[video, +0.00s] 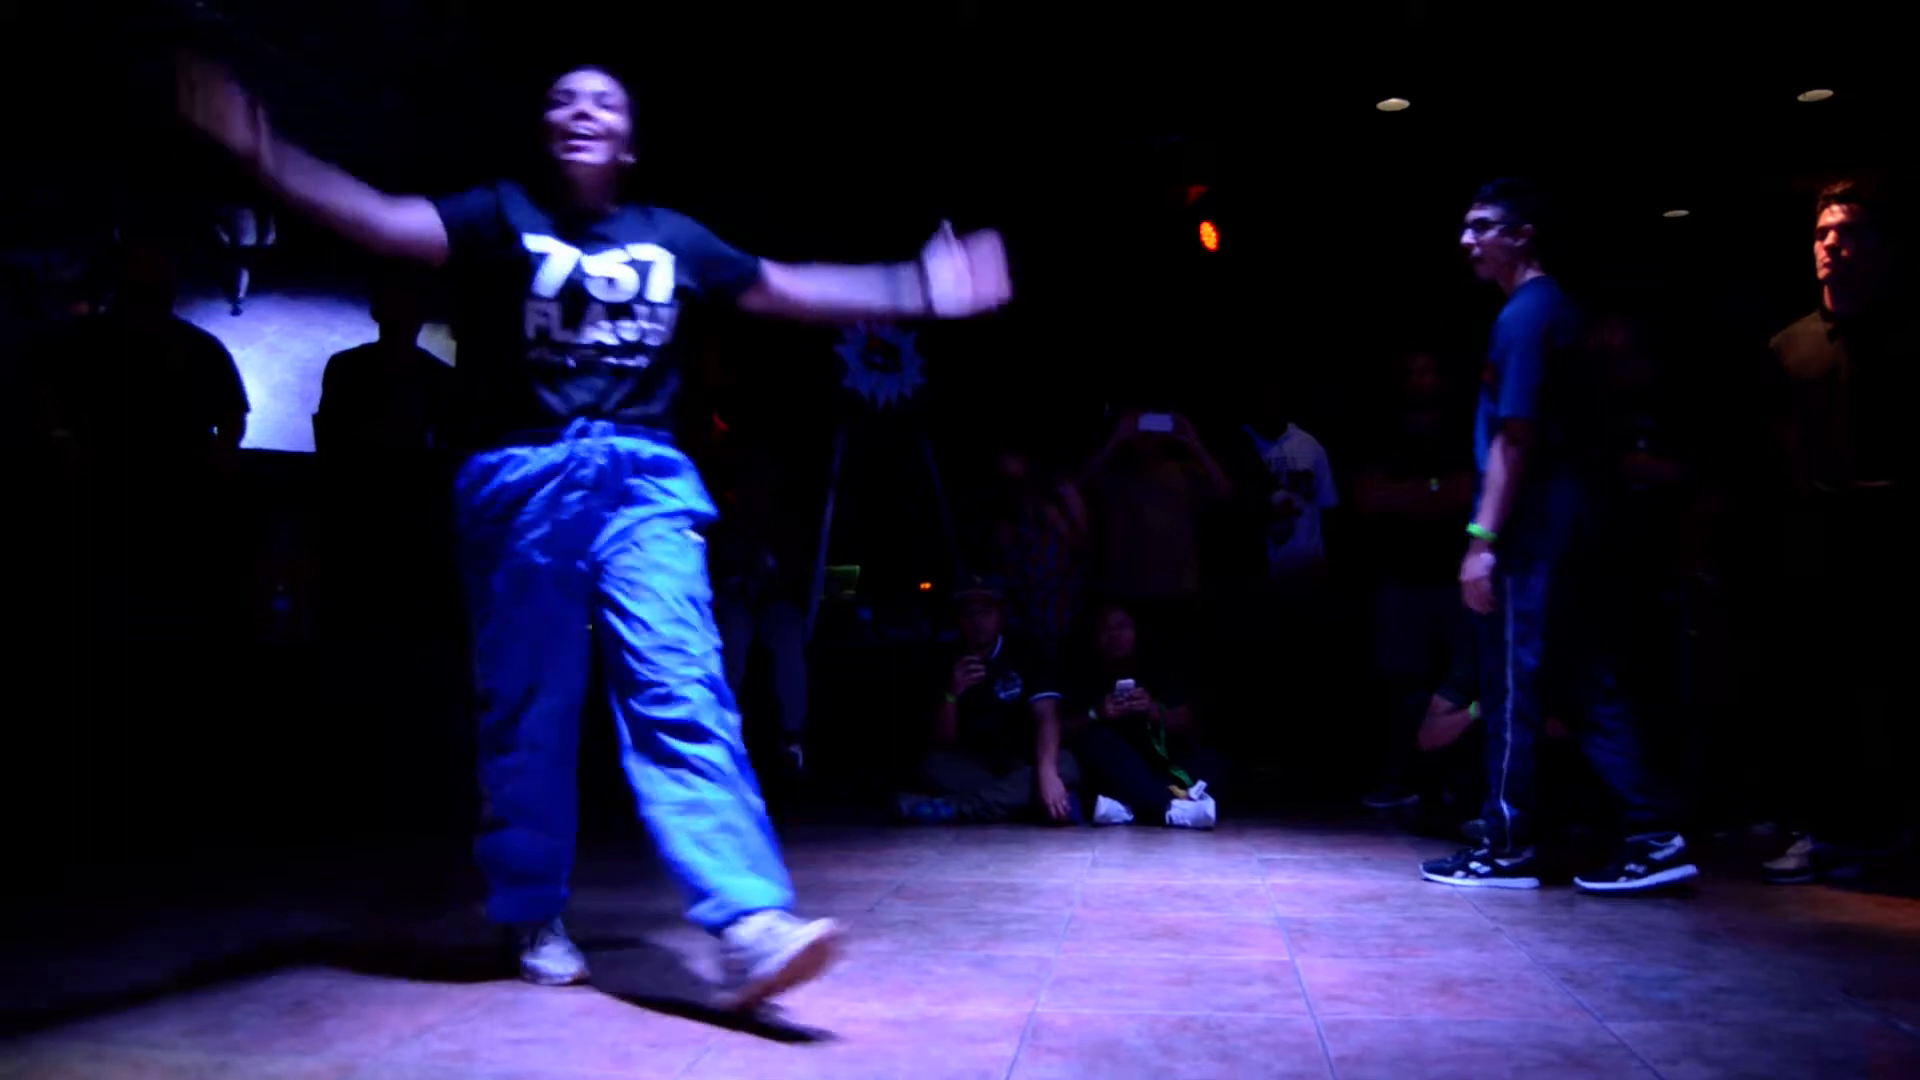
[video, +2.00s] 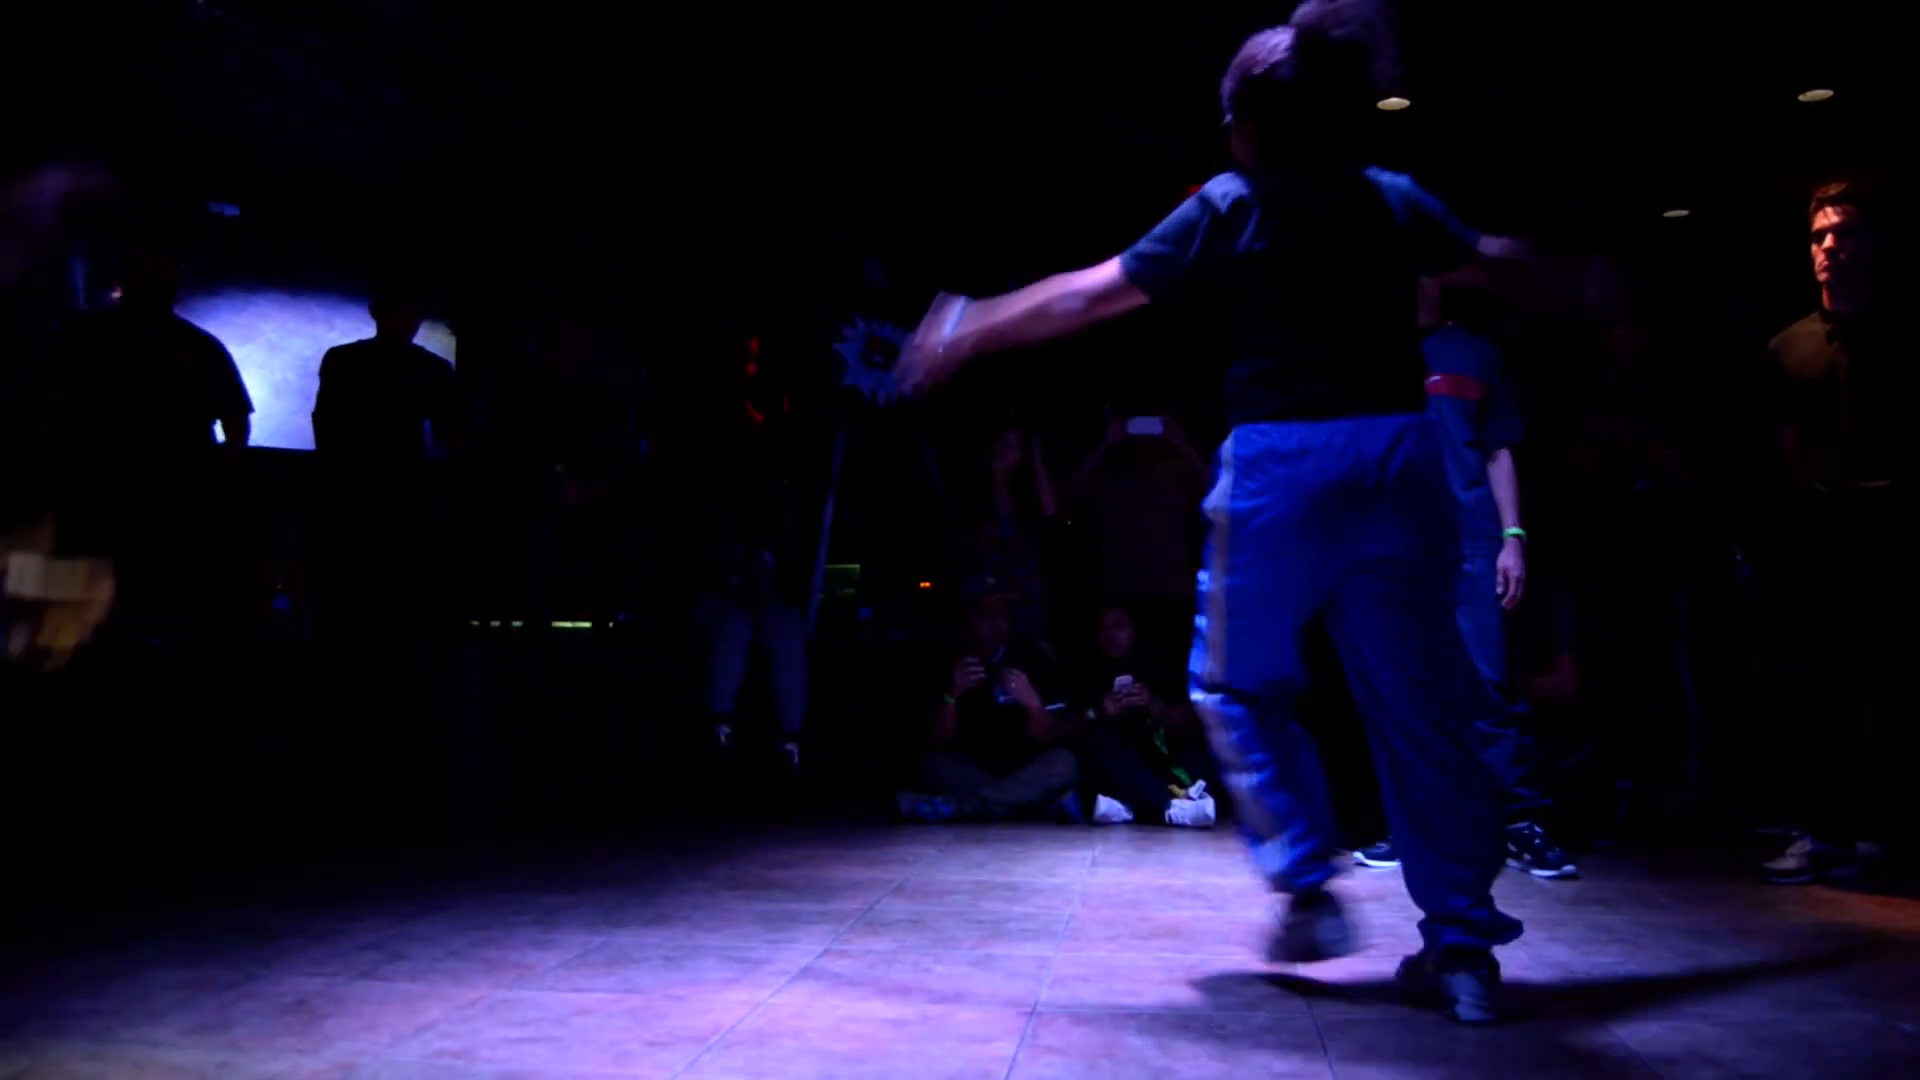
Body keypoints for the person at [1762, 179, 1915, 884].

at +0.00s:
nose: (1830, 247)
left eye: (1847, 234)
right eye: (1822, 234)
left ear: (1881, 251)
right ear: (1813, 251)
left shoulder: (1909, 339)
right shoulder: (1790, 348)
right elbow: (1765, 453)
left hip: (1894, 543)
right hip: (1808, 539)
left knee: (1890, 685)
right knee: (1813, 682)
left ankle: (1893, 834)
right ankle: (1816, 828)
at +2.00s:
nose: (1828, 250)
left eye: (1843, 235)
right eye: (1818, 237)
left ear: (1876, 249)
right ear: (1809, 253)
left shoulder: (1906, 339)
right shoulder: (1791, 348)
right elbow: (1768, 452)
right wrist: (1769, 532)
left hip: (1894, 541)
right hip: (1811, 540)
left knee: (1891, 683)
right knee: (1813, 681)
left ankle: (1890, 830)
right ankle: (1817, 828)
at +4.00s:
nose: (1828, 249)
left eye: (1845, 235)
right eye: (1821, 237)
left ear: (1880, 250)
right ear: (1814, 253)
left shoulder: (1910, 341)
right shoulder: (1793, 348)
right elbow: (1763, 451)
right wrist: (1760, 531)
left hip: (1898, 540)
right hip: (1812, 539)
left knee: (1895, 684)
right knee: (1816, 683)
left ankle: (1898, 833)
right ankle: (1817, 829)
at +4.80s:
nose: (1847, 243)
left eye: (1859, 231)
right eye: (1836, 232)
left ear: (1882, 249)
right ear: (1819, 252)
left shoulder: (1910, 331)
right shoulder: (1802, 340)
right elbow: (1781, 441)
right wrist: (1786, 522)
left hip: (1906, 533)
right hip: (1823, 532)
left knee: (1903, 684)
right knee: (1832, 686)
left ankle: (1908, 837)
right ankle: (1826, 835)